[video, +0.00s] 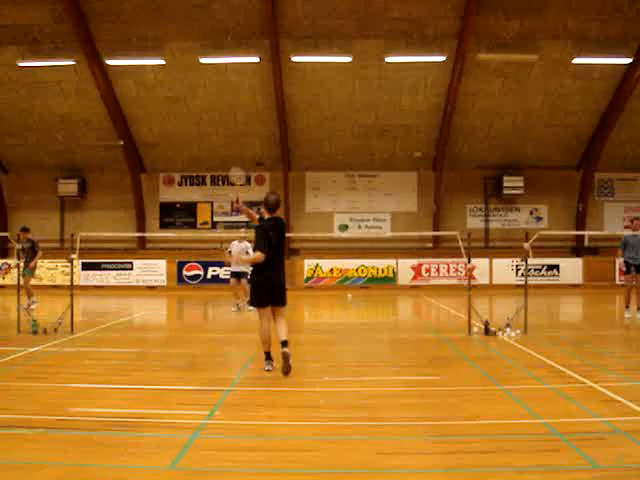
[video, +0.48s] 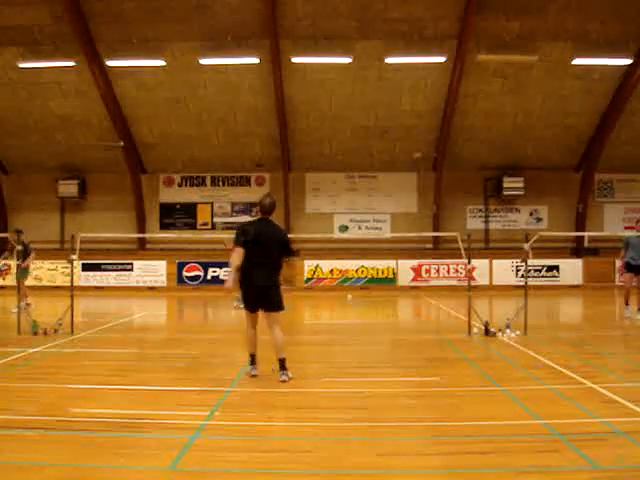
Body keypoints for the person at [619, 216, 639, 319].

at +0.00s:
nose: (636, 226)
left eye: (637, 224)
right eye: (635, 224)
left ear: (638, 226)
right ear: (631, 225)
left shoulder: (637, 237)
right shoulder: (627, 238)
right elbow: (622, 250)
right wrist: (622, 260)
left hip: (637, 262)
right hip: (629, 261)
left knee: (637, 286)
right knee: (628, 286)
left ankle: (638, 308)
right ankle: (627, 308)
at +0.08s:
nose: (637, 227)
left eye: (638, 225)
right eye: (636, 225)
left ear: (638, 227)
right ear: (633, 226)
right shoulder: (628, 239)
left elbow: (622, 251)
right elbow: (622, 251)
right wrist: (621, 263)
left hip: (637, 263)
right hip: (629, 262)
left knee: (637, 287)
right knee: (628, 286)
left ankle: (638, 309)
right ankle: (627, 307)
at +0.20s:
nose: (638, 226)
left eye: (638, 224)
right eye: (637, 224)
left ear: (637, 226)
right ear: (635, 226)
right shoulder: (629, 238)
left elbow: (623, 252)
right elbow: (623, 251)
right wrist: (621, 262)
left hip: (637, 264)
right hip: (630, 263)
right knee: (627, 285)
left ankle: (637, 309)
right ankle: (626, 306)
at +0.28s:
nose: (638, 226)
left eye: (638, 224)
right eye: (637, 224)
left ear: (638, 226)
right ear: (635, 226)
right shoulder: (629, 238)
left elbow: (623, 252)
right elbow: (623, 251)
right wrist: (621, 262)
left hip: (637, 264)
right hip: (630, 263)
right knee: (627, 285)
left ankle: (637, 309)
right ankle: (626, 307)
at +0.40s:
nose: (638, 227)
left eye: (638, 224)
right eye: (637, 224)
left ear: (637, 226)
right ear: (635, 226)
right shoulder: (629, 238)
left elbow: (624, 251)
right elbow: (624, 251)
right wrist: (622, 261)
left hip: (637, 264)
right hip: (630, 263)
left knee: (637, 288)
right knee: (627, 286)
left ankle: (638, 309)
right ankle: (626, 306)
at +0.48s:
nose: (638, 228)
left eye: (638, 225)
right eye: (637, 225)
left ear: (637, 227)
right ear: (636, 227)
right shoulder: (629, 238)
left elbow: (624, 251)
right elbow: (624, 251)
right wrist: (621, 261)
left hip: (637, 264)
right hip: (630, 263)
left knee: (637, 288)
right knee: (627, 286)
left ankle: (638, 309)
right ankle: (627, 306)